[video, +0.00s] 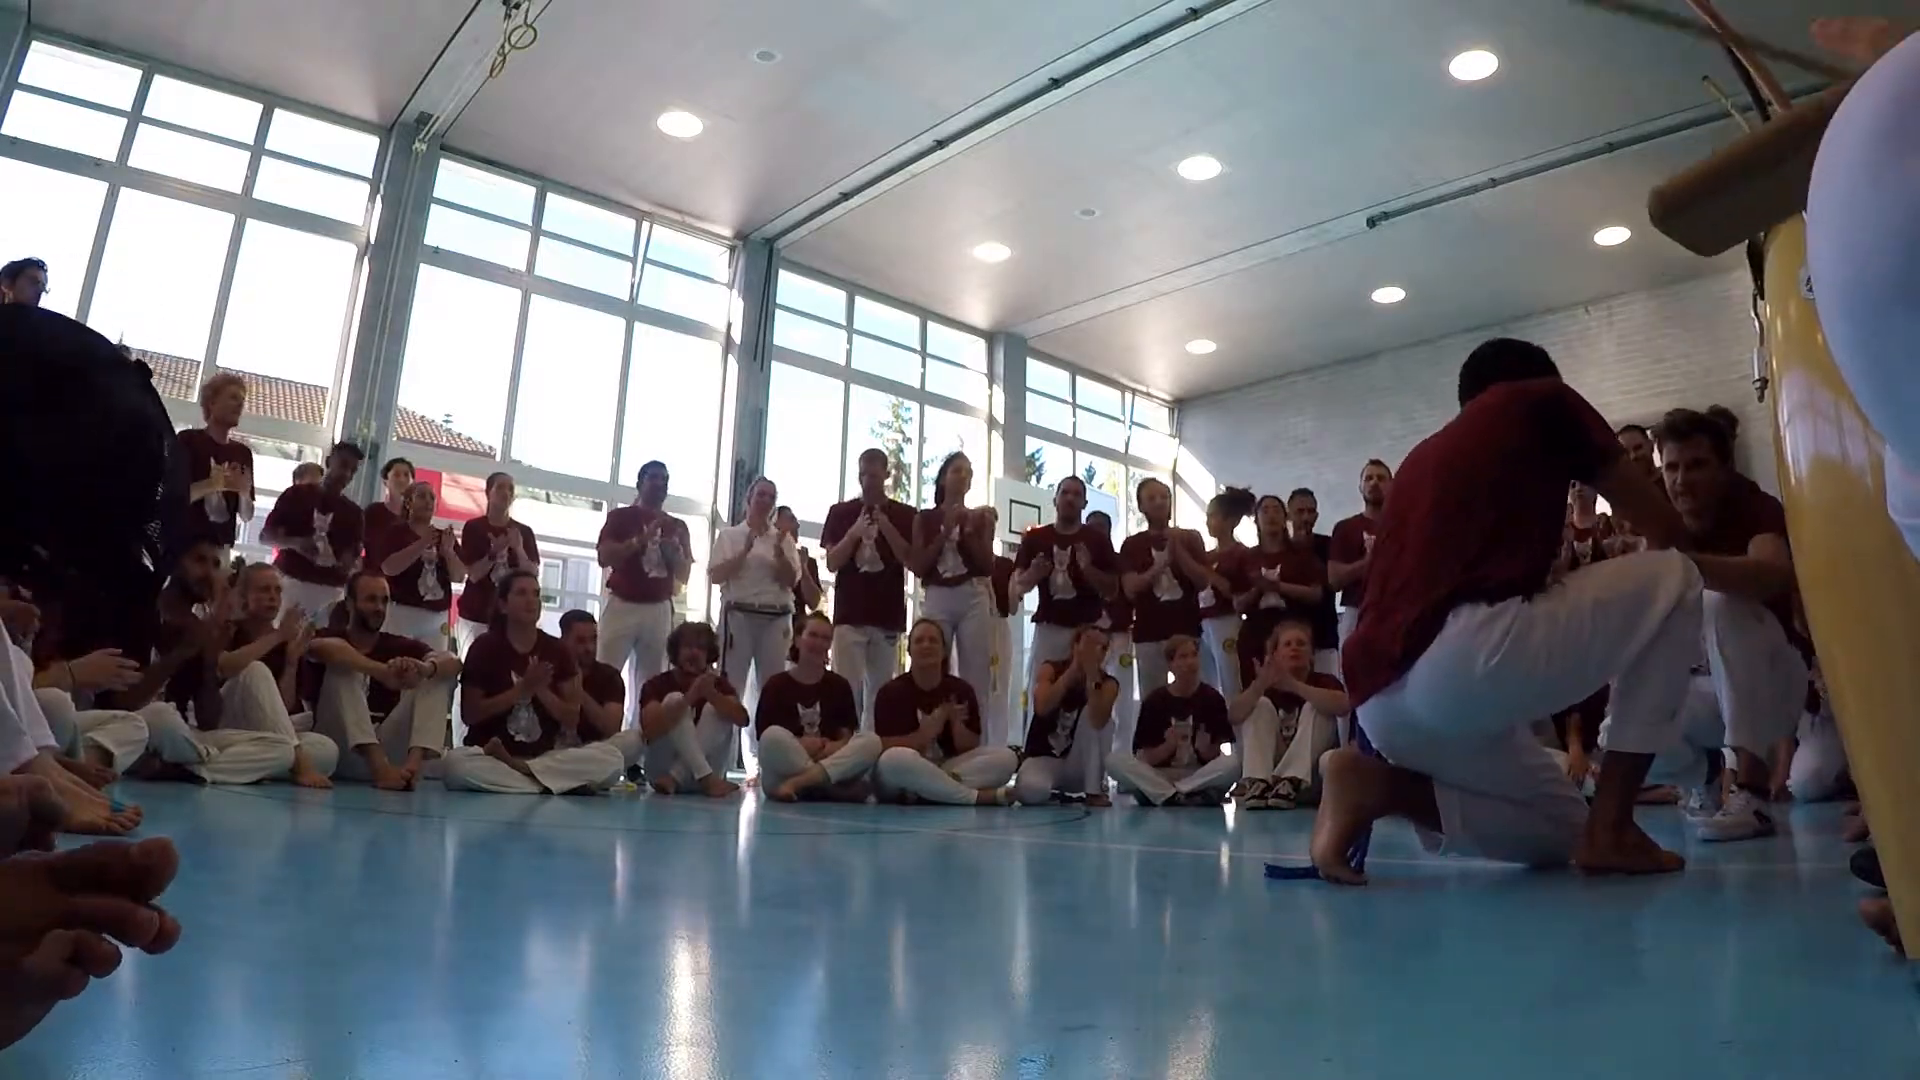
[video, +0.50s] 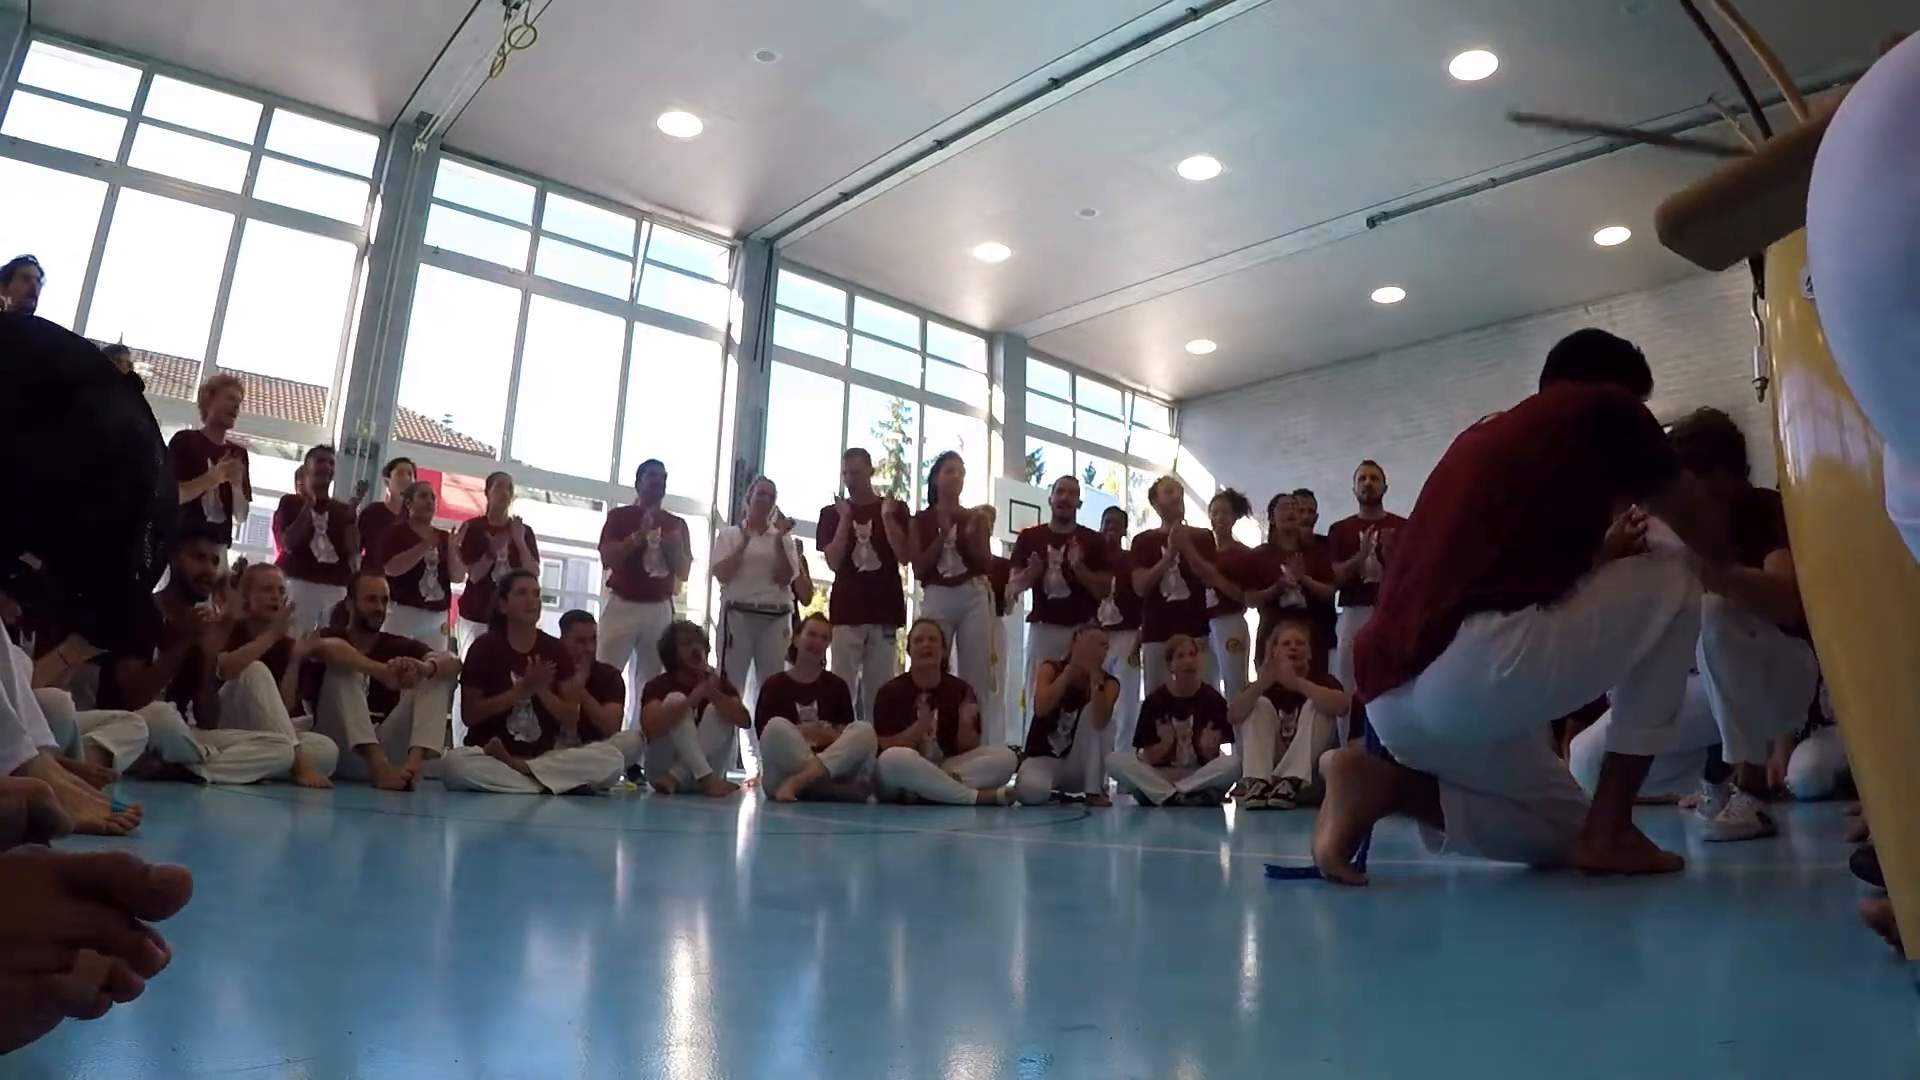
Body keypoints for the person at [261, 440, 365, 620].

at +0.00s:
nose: (347, 475)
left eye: (352, 470)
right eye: (343, 466)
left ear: (355, 474)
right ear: (328, 462)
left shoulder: (354, 513)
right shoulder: (295, 495)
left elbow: (353, 551)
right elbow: (266, 536)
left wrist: (344, 564)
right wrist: (297, 543)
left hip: (329, 590)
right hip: (290, 583)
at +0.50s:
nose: (326, 467)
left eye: (331, 463)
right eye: (321, 461)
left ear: (335, 471)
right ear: (306, 467)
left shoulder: (344, 510)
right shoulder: (290, 503)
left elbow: (353, 550)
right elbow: (289, 543)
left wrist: (352, 515)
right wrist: (308, 507)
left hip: (335, 587)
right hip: (299, 583)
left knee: (331, 651)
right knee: (293, 648)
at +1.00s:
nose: (344, 469)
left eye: (348, 466)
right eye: (339, 461)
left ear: (348, 474)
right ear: (322, 463)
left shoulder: (349, 511)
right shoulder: (294, 496)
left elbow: (352, 553)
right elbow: (275, 541)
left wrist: (338, 534)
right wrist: (314, 533)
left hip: (334, 588)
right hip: (297, 583)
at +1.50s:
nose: (343, 466)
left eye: (348, 462)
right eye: (338, 457)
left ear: (349, 469)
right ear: (321, 460)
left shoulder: (349, 506)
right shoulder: (298, 495)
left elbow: (351, 556)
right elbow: (288, 541)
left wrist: (343, 525)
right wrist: (317, 526)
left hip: (334, 586)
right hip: (299, 582)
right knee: (289, 648)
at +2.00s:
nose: (341, 468)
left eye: (347, 464)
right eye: (337, 460)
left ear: (351, 471)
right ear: (324, 461)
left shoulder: (346, 504)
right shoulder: (300, 494)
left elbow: (351, 552)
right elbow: (292, 535)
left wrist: (352, 518)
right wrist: (317, 503)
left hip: (333, 586)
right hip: (299, 582)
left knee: (327, 654)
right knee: (288, 646)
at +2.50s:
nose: (341, 465)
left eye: (347, 461)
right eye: (336, 458)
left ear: (351, 468)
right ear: (322, 462)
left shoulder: (355, 511)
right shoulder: (298, 498)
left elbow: (358, 552)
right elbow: (278, 546)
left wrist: (352, 580)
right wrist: (303, 524)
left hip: (335, 591)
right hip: (298, 586)